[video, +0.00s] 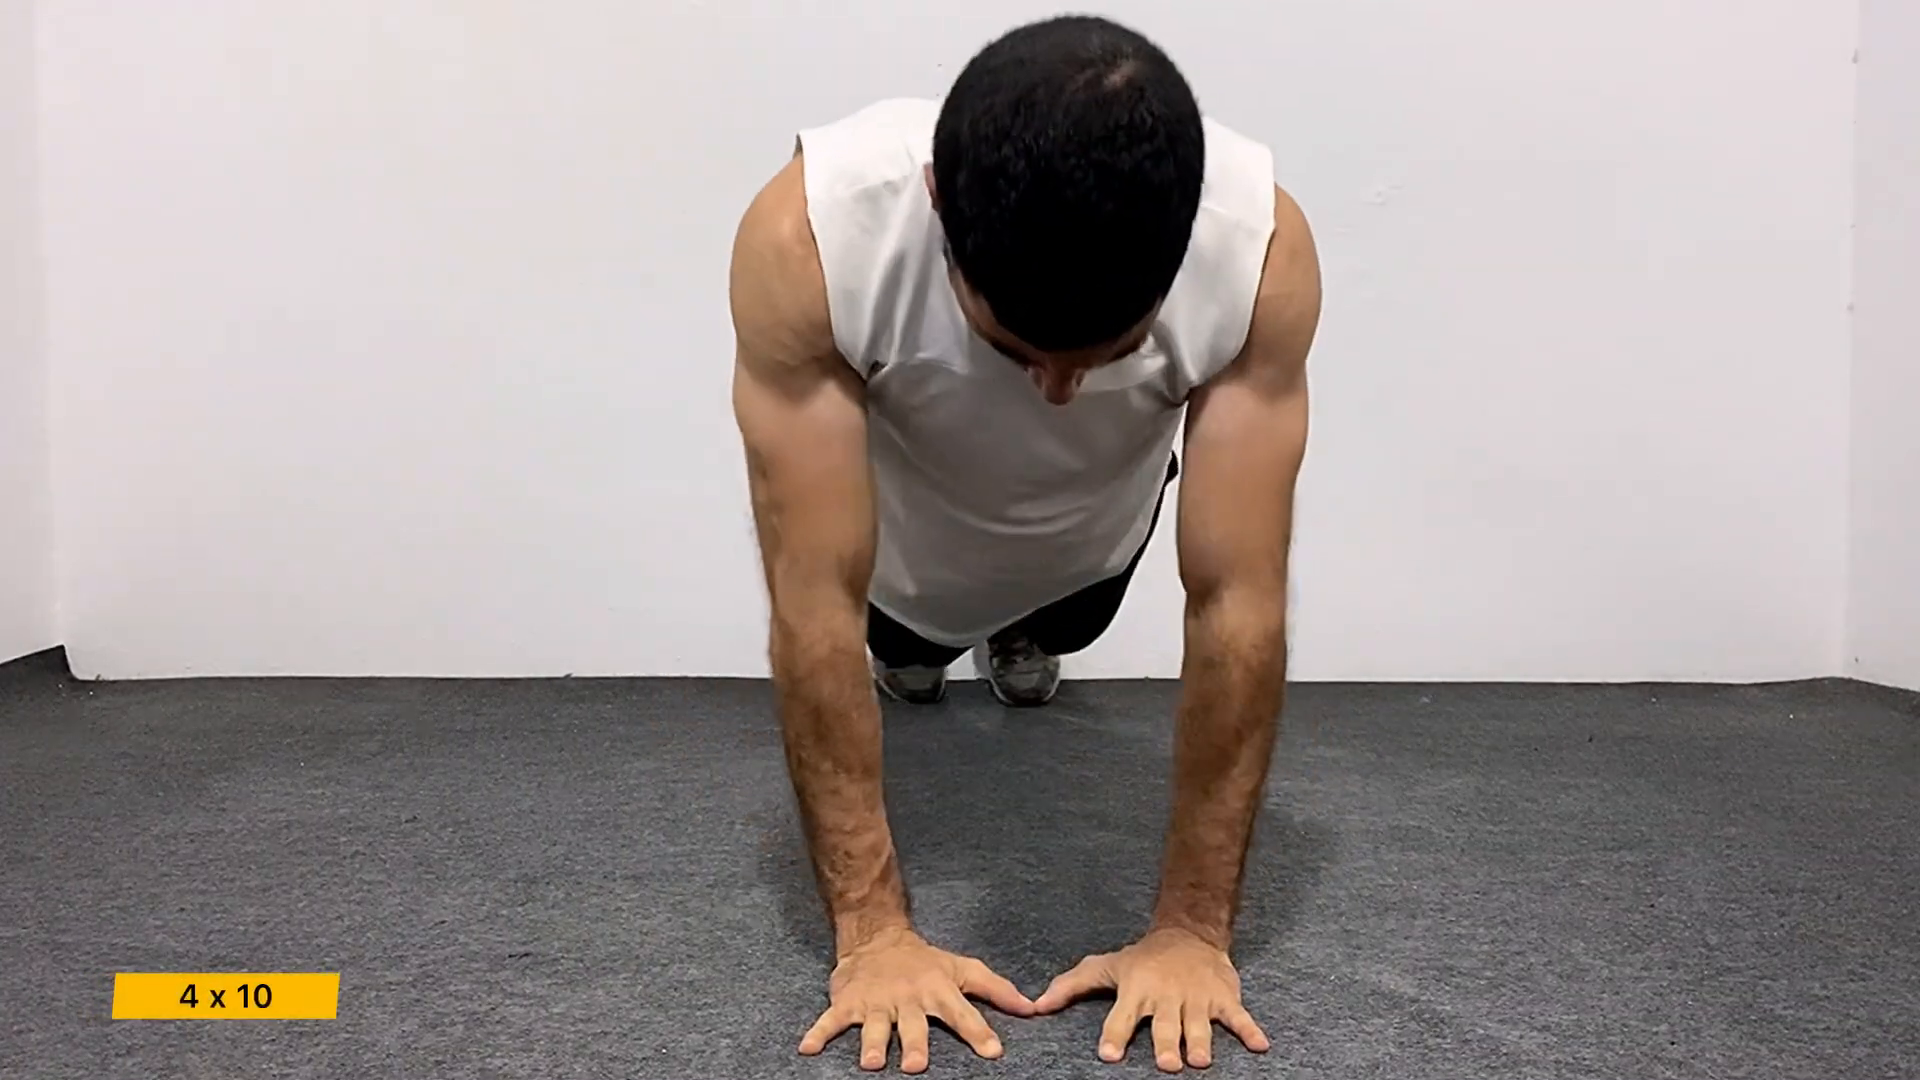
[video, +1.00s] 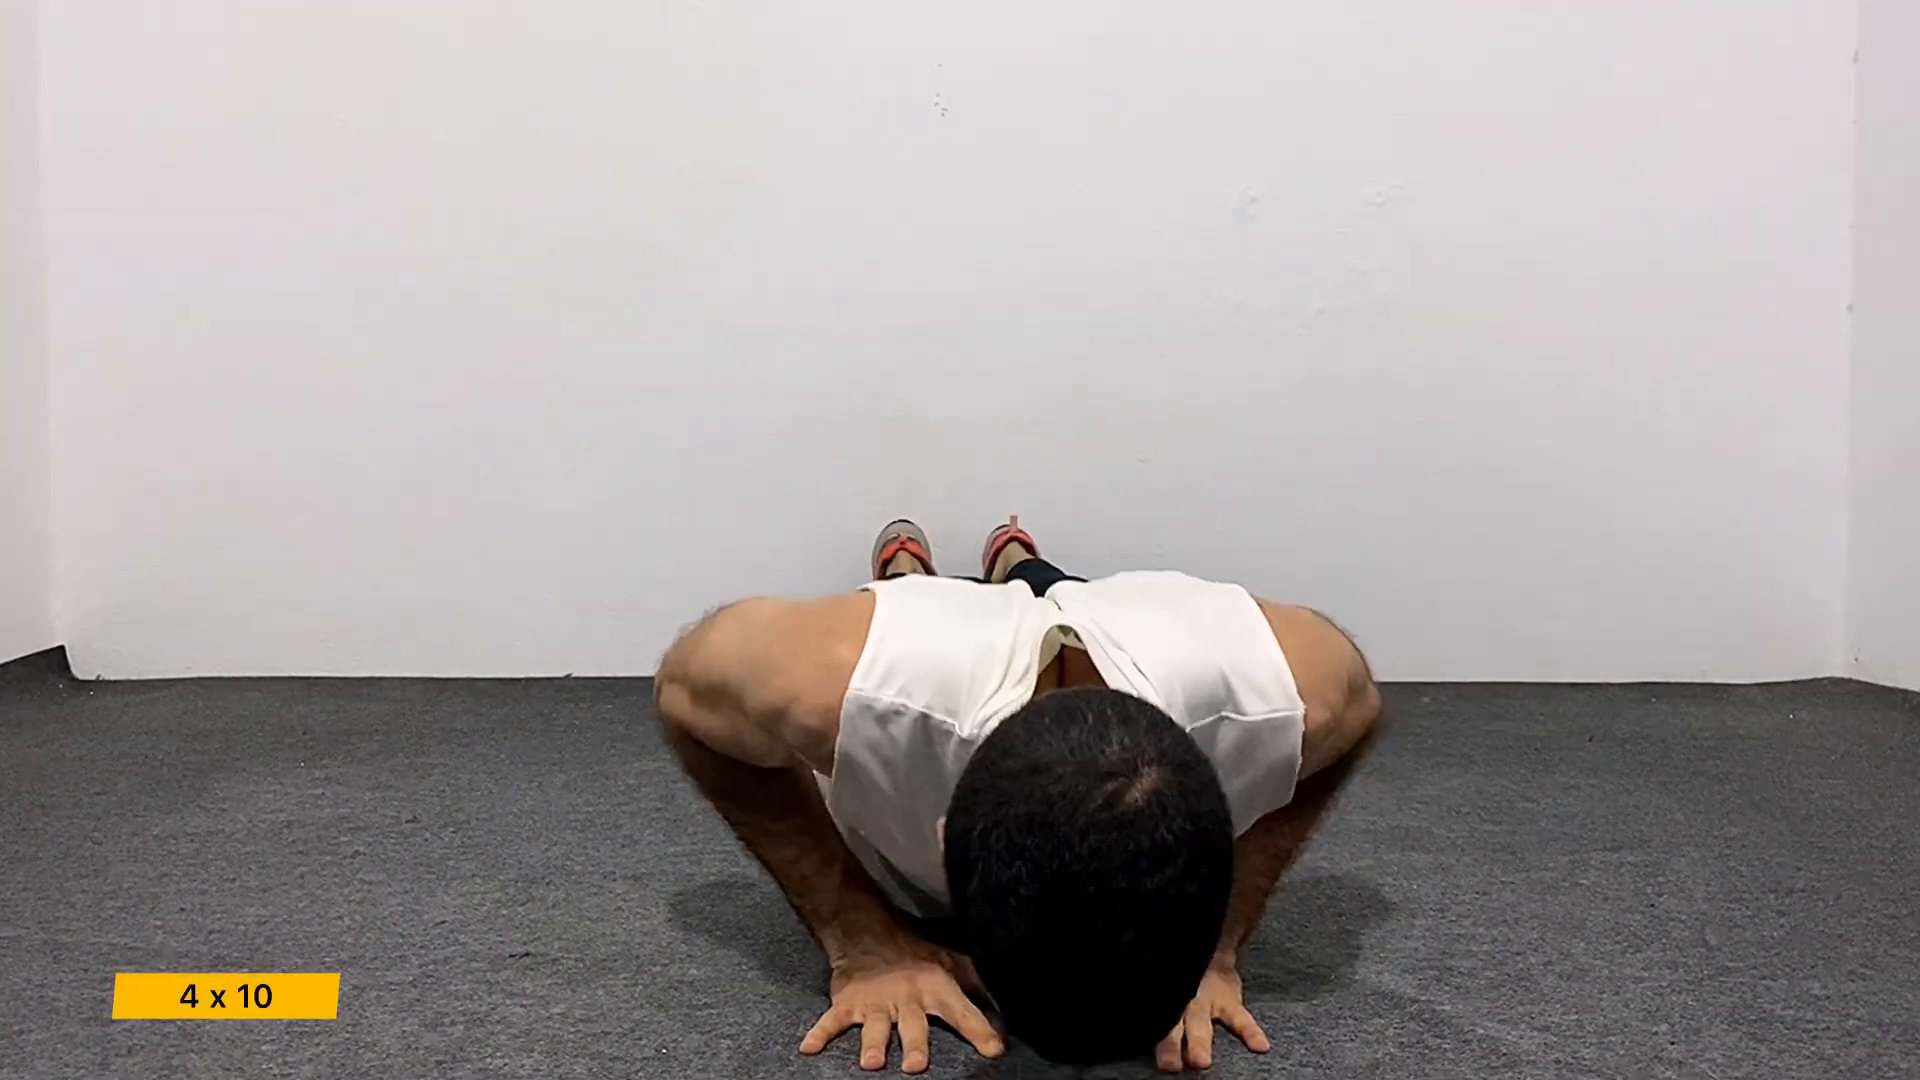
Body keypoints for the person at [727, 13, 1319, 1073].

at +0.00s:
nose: (1060, 384)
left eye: (1102, 347)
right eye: (1018, 341)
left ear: (1174, 259)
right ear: (943, 227)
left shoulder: (1255, 255)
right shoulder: (805, 246)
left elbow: (1238, 603)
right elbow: (815, 596)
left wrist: (1192, 927)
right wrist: (870, 928)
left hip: (1088, 556)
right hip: (910, 562)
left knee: (1051, 632)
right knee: (912, 652)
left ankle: (1028, 648)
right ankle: (912, 663)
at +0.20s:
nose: (1071, 422)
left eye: (1117, 389)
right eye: (1032, 381)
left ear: (1191, 284)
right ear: (953, 243)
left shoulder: (1268, 270)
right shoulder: (814, 254)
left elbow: (1254, 605)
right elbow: (803, 598)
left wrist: (1194, 931)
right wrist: (870, 928)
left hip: (1093, 543)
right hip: (911, 543)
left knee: (1048, 614)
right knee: (915, 623)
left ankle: (1020, 637)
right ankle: (911, 651)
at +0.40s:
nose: (1082, 633)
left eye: (1124, 601)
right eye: (1043, 592)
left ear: (1203, 506)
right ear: (965, 456)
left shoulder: (1277, 390)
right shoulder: (832, 376)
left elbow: (1305, 654)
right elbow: (721, 651)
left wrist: (1200, 930)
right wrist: (865, 935)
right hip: (913, 616)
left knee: (1054, 677)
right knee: (916, 672)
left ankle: (1040, 676)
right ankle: (910, 673)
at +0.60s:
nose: (1086, 894)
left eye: (1133, 862)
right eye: (1047, 856)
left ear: (1230, 706)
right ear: (963, 681)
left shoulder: (1297, 579)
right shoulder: (840, 559)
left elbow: (1321, 713)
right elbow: (698, 688)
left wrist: (1205, 928)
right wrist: (858, 928)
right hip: (912, 766)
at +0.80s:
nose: (1096, 1068)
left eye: (1134, 1046)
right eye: (1063, 1047)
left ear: (1228, 814)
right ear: (958, 842)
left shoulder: (1309, 693)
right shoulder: (845, 685)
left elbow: (1362, 717)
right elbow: (689, 689)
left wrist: (1224, 943)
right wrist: (858, 935)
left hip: (1104, 616)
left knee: (1047, 591)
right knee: (907, 590)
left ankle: (1020, 561)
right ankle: (904, 565)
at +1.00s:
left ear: (1222, 814)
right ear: (948, 841)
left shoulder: (1300, 690)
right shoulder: (832, 687)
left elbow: (1355, 714)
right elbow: (689, 689)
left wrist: (1224, 945)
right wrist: (858, 934)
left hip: (1106, 620)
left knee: (1039, 592)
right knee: (907, 594)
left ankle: (1014, 563)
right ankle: (904, 566)